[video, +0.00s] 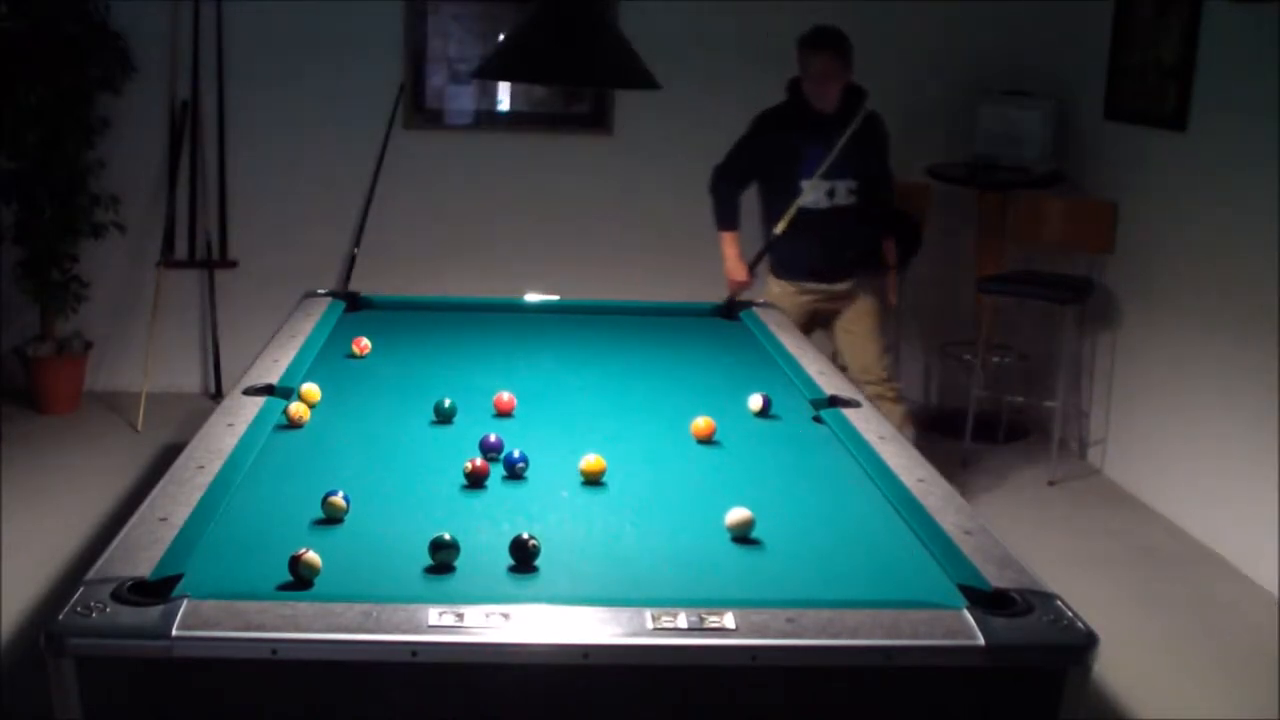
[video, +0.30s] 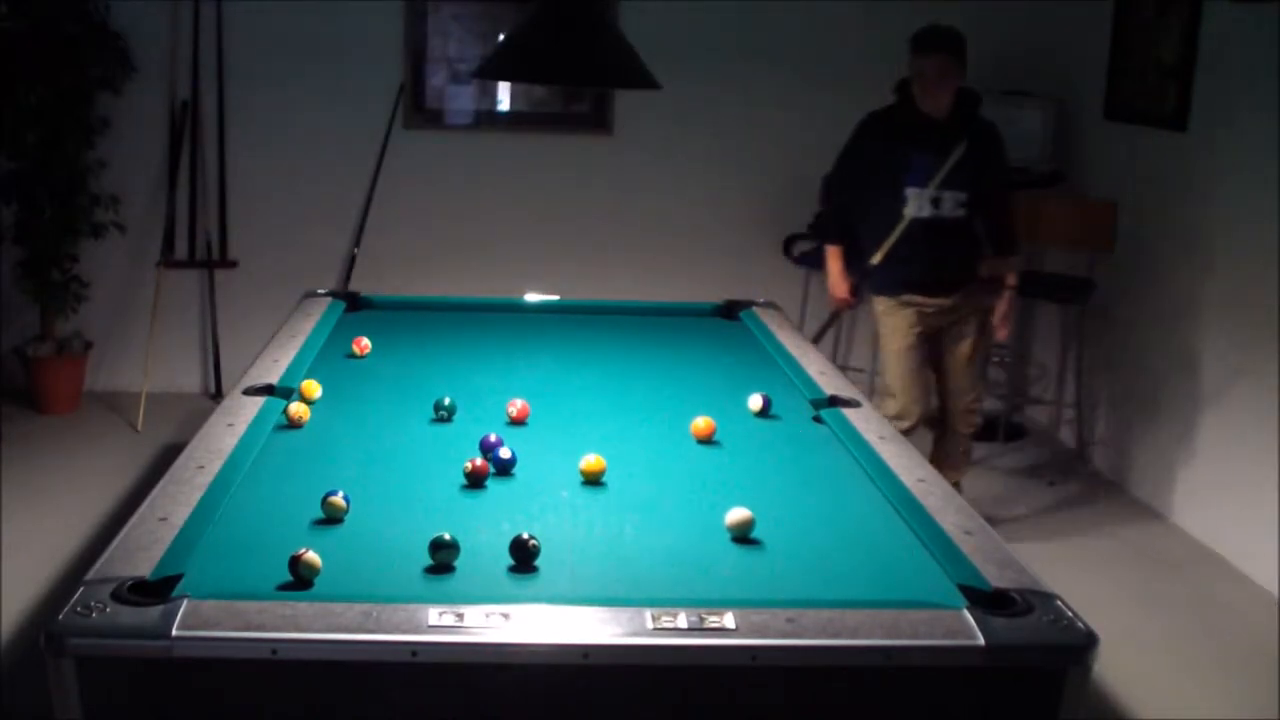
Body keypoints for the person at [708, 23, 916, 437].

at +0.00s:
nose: (821, 78)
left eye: (830, 69)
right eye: (813, 68)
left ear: (847, 71)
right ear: (800, 70)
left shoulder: (866, 125)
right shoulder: (776, 123)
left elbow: (882, 202)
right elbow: (724, 180)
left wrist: (890, 270)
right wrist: (731, 256)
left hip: (855, 285)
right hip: (791, 286)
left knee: (877, 385)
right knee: (766, 382)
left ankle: (908, 483)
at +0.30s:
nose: (936, 81)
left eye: (947, 71)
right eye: (927, 70)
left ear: (962, 74)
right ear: (911, 70)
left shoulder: (981, 135)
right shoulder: (880, 128)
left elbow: (1002, 218)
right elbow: (836, 198)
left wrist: (1007, 290)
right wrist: (835, 269)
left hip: (965, 297)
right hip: (898, 298)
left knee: (961, 417)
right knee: (907, 410)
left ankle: (944, 509)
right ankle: (875, 501)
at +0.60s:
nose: (1012, 100)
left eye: (1023, 88)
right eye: (1002, 88)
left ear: (1043, 90)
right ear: (987, 88)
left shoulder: (1068, 152)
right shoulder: (959, 151)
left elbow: (1093, 236)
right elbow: (918, 231)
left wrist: (1098, 316)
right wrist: (914, 309)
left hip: (1039, 318)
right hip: (975, 316)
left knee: (988, 422)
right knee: (1016, 448)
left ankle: (948, 498)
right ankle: (1043, 567)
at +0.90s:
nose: (1080, 100)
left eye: (1092, 88)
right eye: (1070, 87)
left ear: (1114, 88)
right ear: (1055, 88)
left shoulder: (1158, 162)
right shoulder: (1028, 160)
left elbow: (1183, 262)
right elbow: (992, 249)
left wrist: (1169, 352)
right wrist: (984, 335)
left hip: (1134, 361)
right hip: (1049, 358)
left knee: (1138, 500)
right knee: (1059, 503)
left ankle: (1103, 561)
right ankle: (1074, 626)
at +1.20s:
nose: (1136, 128)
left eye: (1150, 113)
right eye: (1128, 113)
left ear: (1184, 109)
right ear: (1120, 111)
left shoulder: (1240, 196)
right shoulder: (1106, 182)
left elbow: (1265, 313)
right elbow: (1070, 280)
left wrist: (1214, 389)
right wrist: (1041, 368)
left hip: (1187, 411)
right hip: (1096, 400)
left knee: (1206, 566)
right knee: (1075, 536)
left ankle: (1229, 707)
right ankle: (1070, 643)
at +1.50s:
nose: (1169, 133)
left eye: (1183, 116)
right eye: (1169, 116)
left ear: (1224, 116)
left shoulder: (1266, 200)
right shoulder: (1190, 198)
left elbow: (1262, 368)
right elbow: (1171, 321)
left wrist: (1160, 410)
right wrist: (1138, 405)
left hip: (1245, 456)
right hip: (1189, 448)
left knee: (1211, 630)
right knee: (1205, 610)